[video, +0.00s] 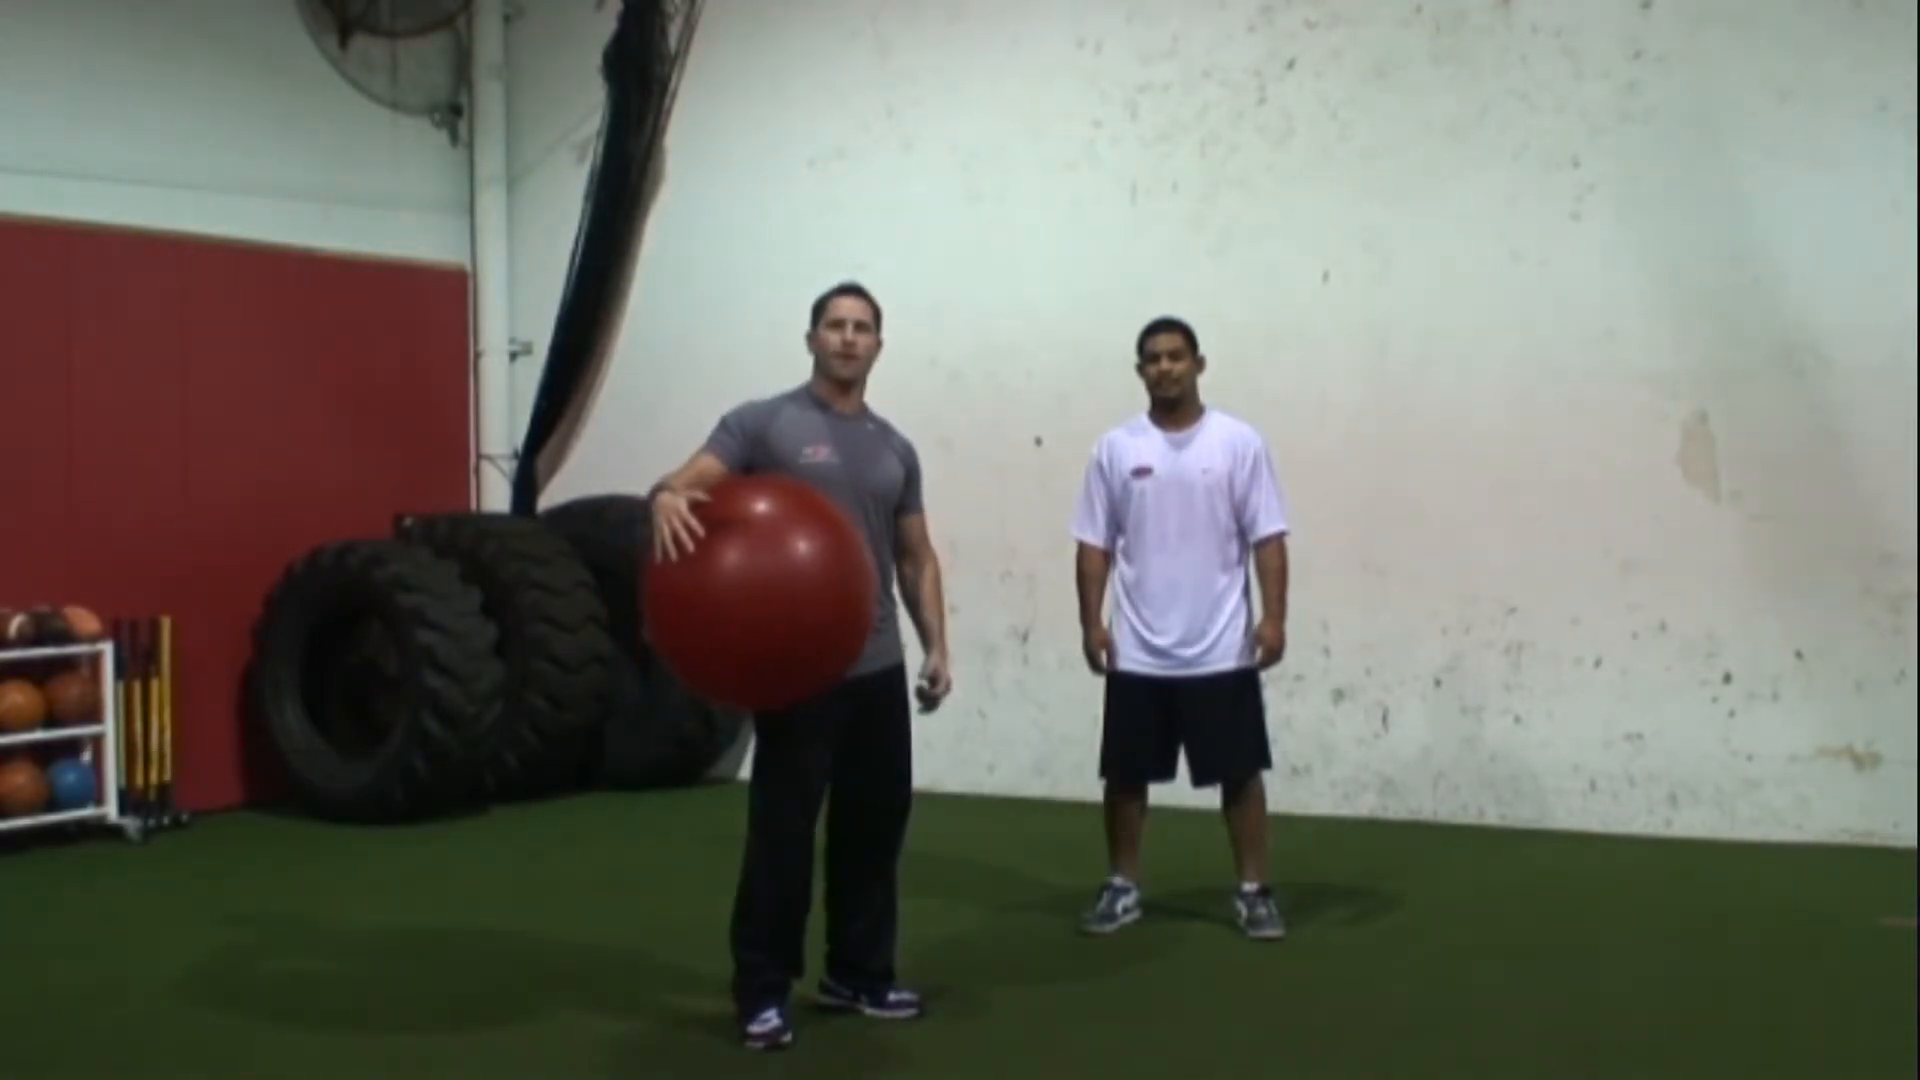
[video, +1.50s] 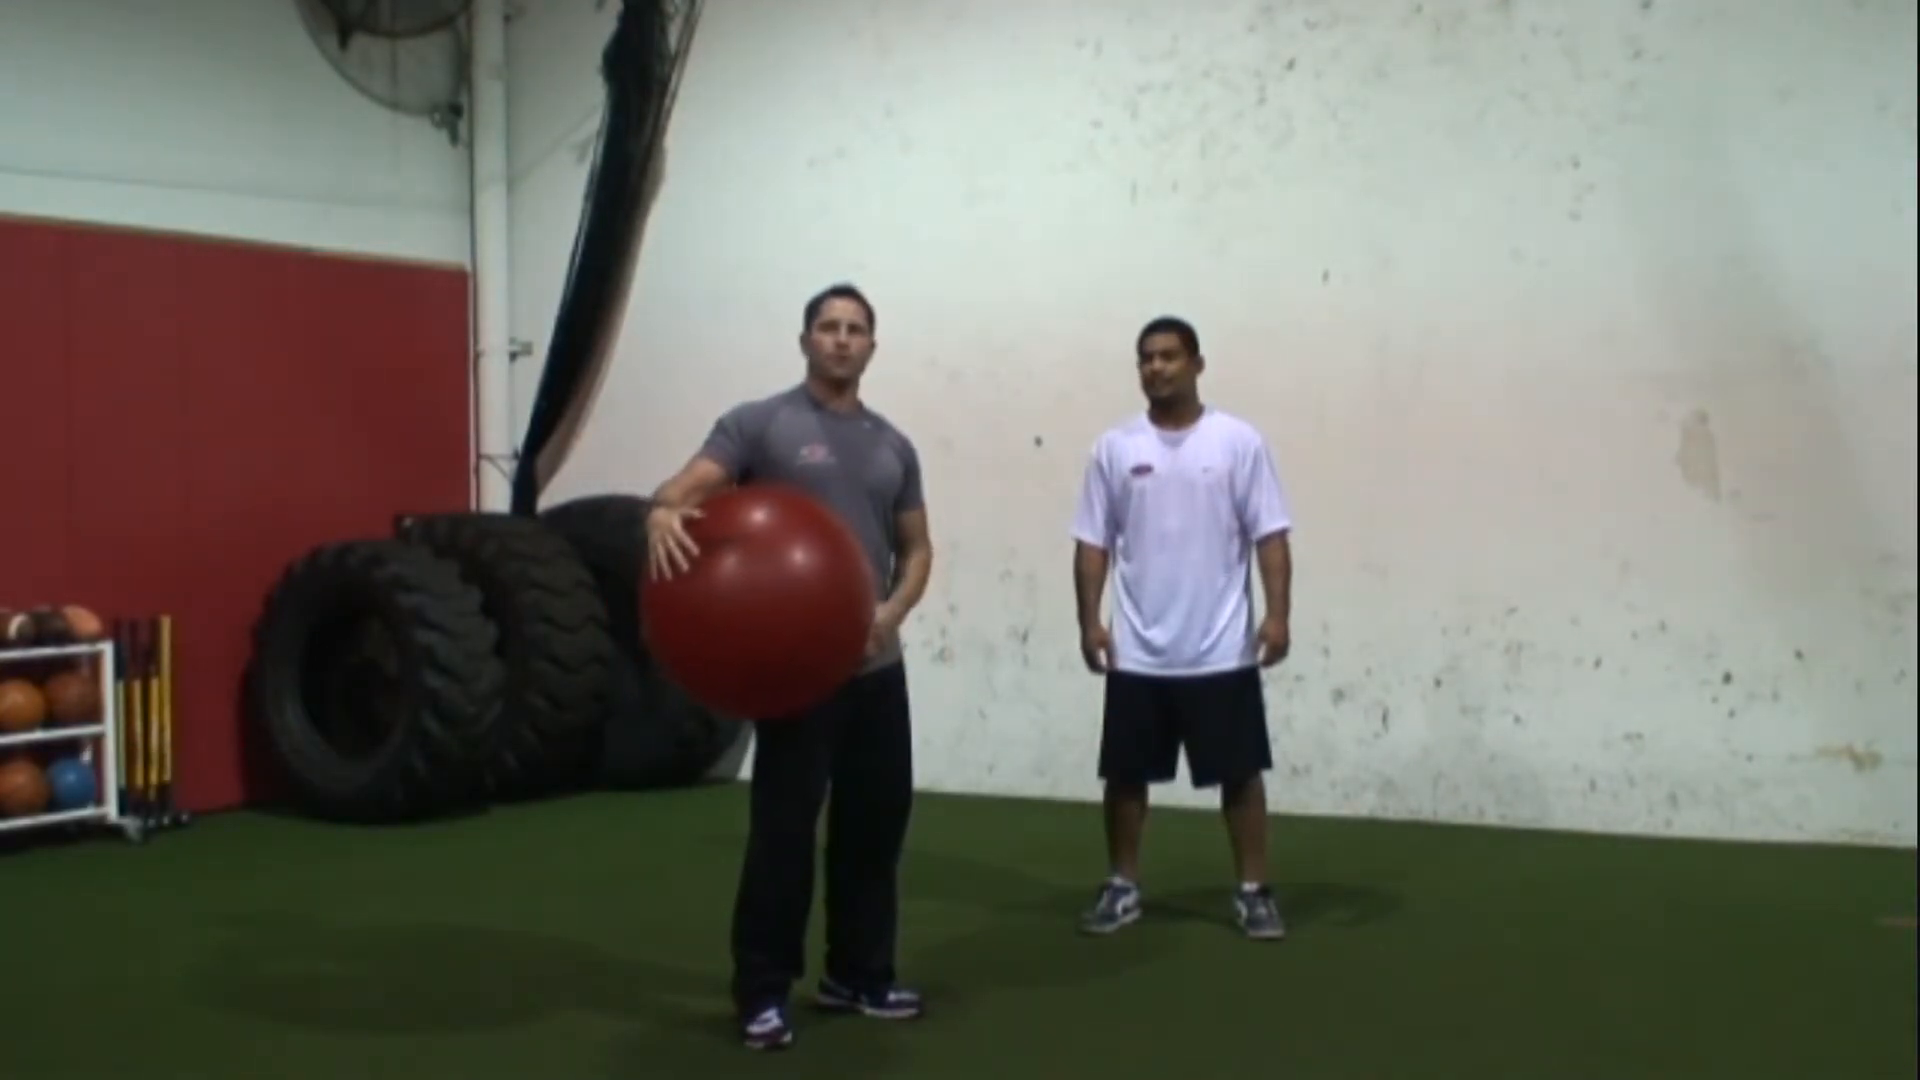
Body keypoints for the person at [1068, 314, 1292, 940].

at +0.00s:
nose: (1164, 367)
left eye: (1175, 357)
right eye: (1153, 359)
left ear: (1198, 365)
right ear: (1140, 371)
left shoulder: (1239, 443)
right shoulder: (1116, 449)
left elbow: (1268, 536)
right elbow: (1093, 540)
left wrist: (1273, 617)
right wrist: (1092, 621)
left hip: (1221, 645)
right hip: (1139, 646)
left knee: (1242, 776)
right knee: (1124, 777)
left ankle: (1254, 888)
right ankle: (1122, 883)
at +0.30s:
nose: (1163, 368)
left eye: (1175, 357)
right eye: (1152, 360)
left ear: (1198, 365)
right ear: (1139, 372)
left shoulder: (1239, 443)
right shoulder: (1116, 449)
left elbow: (1268, 535)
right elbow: (1093, 541)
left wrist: (1274, 617)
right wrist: (1091, 622)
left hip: (1220, 645)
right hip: (1138, 646)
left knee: (1242, 776)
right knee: (1123, 777)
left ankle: (1254, 888)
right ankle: (1122, 883)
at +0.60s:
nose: (1163, 369)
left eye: (1174, 358)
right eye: (1152, 361)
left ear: (1197, 365)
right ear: (1138, 372)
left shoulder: (1238, 443)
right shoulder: (1116, 449)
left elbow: (1268, 534)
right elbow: (1093, 540)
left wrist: (1276, 615)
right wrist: (1091, 622)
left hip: (1220, 645)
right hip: (1138, 646)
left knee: (1241, 776)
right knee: (1123, 777)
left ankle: (1254, 889)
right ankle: (1122, 883)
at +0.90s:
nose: (1163, 367)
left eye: (1174, 357)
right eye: (1152, 360)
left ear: (1197, 364)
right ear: (1138, 372)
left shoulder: (1239, 442)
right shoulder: (1116, 448)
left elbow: (1269, 533)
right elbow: (1093, 540)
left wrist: (1277, 614)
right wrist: (1090, 621)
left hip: (1220, 644)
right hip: (1138, 645)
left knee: (1241, 776)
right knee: (1123, 777)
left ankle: (1254, 889)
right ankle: (1122, 884)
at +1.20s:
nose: (1162, 367)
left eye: (1173, 357)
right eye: (1151, 359)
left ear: (1198, 364)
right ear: (1138, 371)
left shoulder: (1239, 442)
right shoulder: (1116, 448)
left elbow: (1270, 533)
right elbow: (1092, 539)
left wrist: (1277, 612)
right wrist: (1089, 619)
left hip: (1221, 644)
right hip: (1138, 645)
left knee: (1242, 776)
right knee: (1123, 777)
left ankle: (1253, 889)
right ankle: (1122, 884)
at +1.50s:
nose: (1156, 367)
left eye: (1169, 357)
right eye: (1148, 359)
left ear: (1197, 364)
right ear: (1137, 370)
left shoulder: (1239, 442)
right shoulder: (1115, 449)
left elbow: (1270, 533)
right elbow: (1093, 540)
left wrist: (1277, 613)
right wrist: (1090, 620)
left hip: (1221, 644)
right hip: (1138, 645)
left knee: (1242, 776)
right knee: (1123, 777)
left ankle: (1253, 889)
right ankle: (1122, 884)